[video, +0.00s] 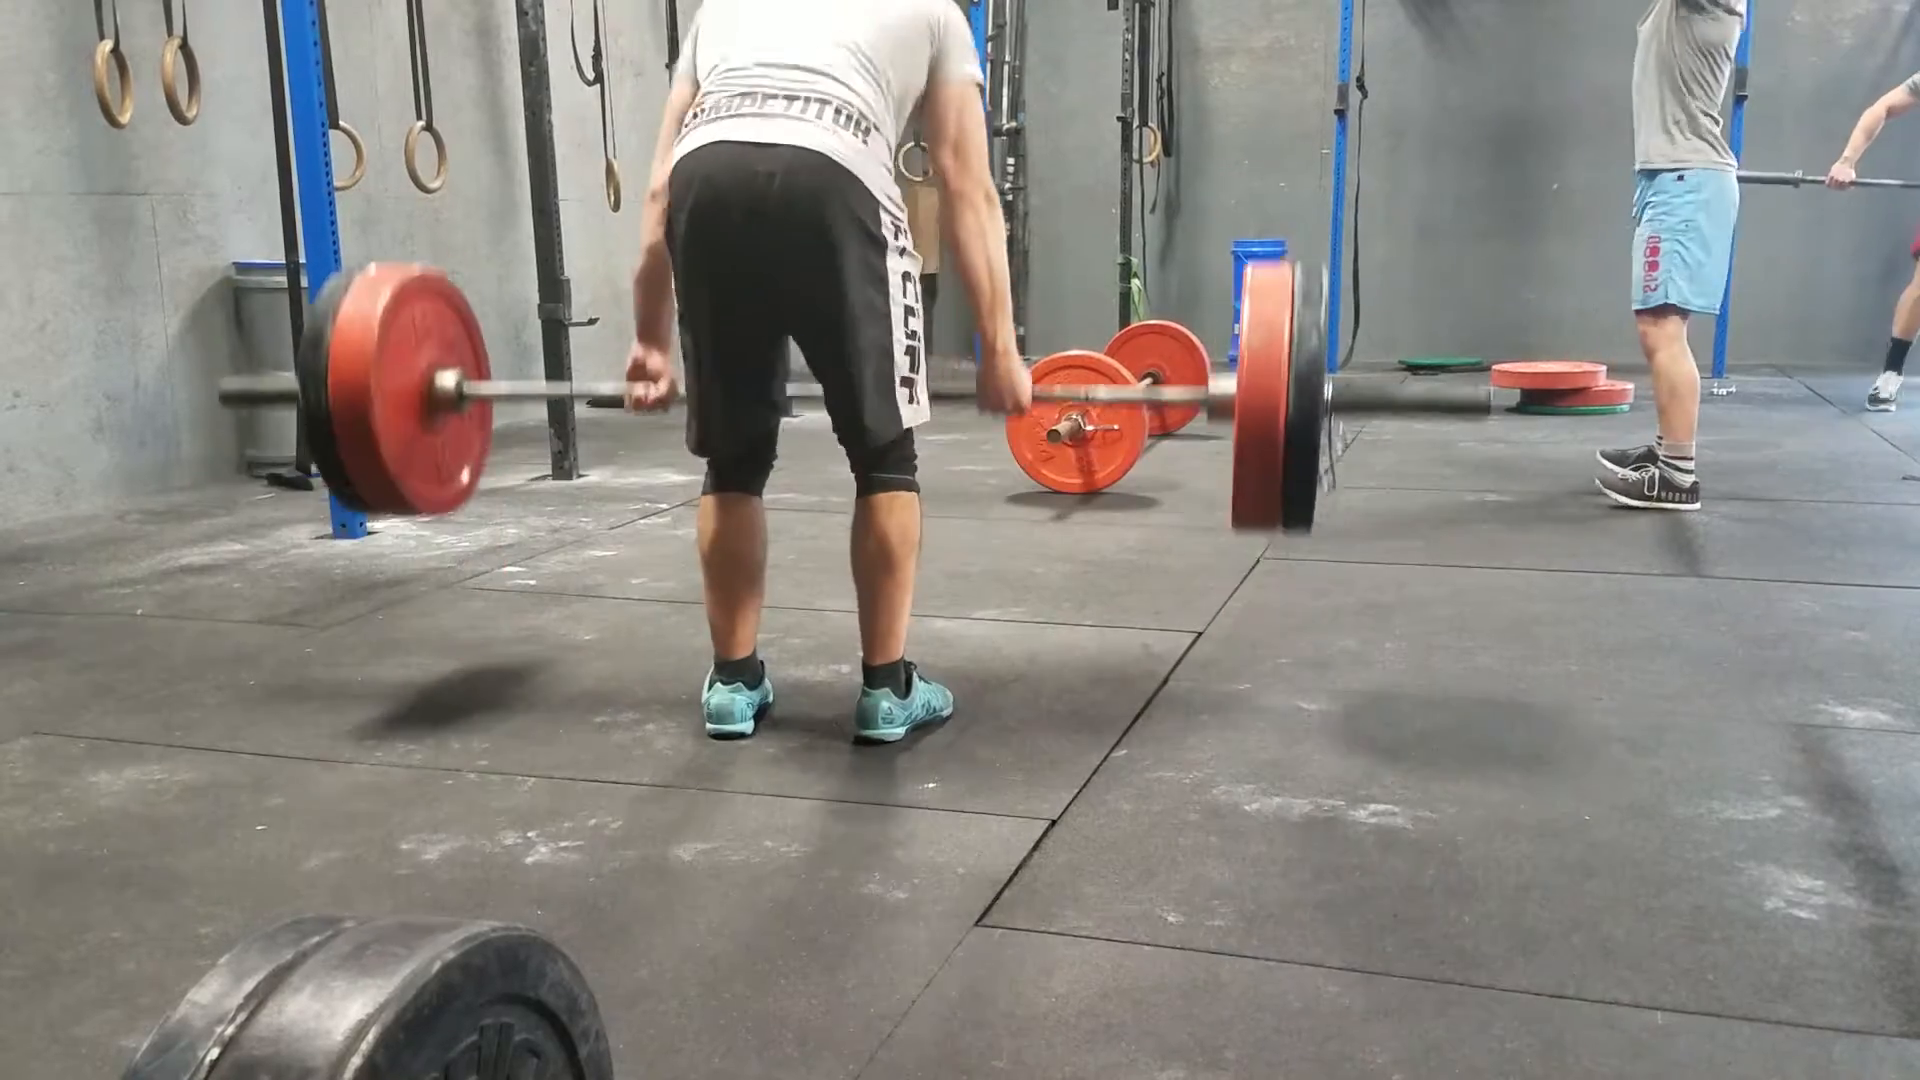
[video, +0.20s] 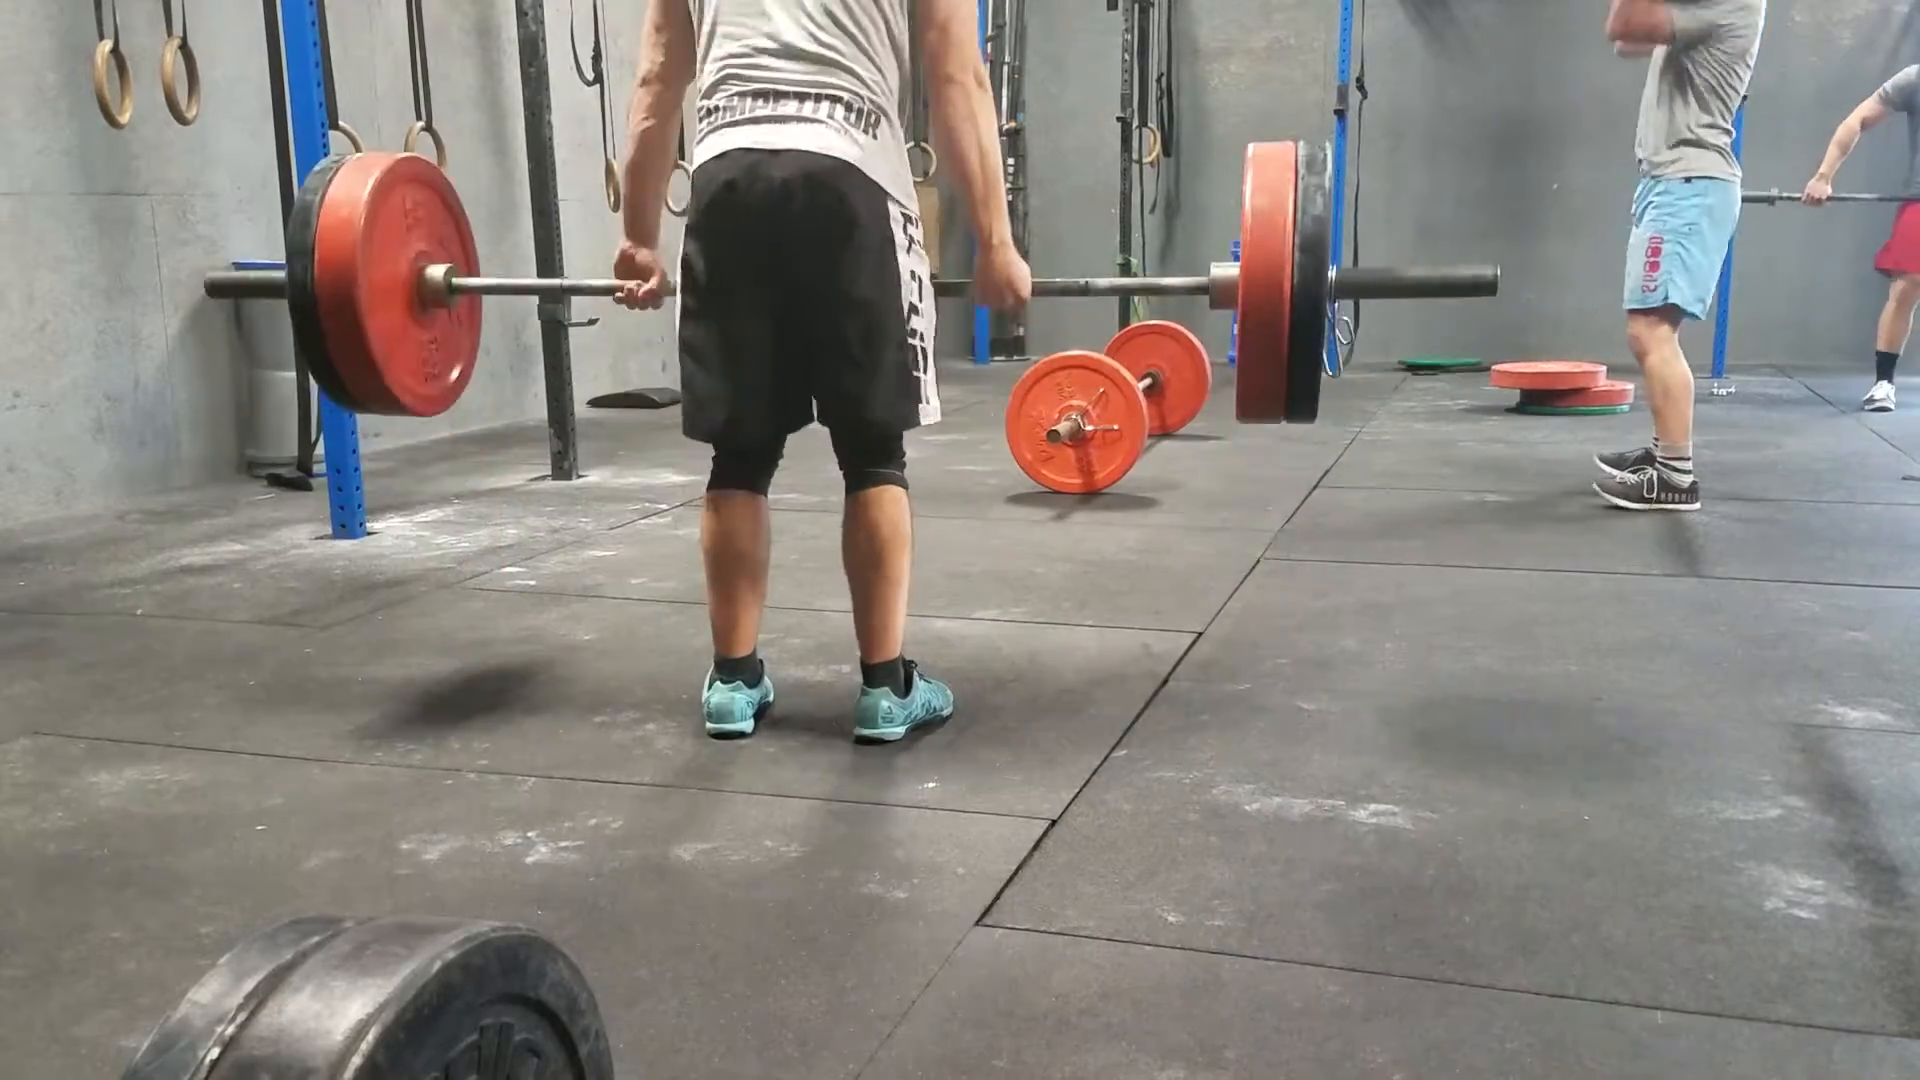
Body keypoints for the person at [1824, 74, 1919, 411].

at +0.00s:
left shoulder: (1917, 82)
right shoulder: (1919, 81)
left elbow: (1881, 108)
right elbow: (1881, 108)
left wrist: (1848, 160)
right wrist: (1848, 159)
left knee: (1917, 282)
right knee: (1918, 280)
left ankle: (1892, 373)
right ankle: (1891, 373)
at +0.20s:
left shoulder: (1911, 79)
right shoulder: (1914, 78)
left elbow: (1857, 121)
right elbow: (1857, 120)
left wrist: (1823, 175)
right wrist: (1823, 175)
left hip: (1913, 206)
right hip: (1916, 204)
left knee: (1906, 288)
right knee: (1906, 286)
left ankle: (1884, 382)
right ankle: (1883, 383)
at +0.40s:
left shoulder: (1906, 78)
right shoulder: (1908, 77)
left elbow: (1845, 117)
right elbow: (1846, 115)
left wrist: (1815, 170)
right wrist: (1815, 170)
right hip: (1914, 198)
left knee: (1904, 290)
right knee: (1903, 288)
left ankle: (1884, 383)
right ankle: (1884, 383)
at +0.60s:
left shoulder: (1911, 76)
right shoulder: (1913, 76)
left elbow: (1856, 114)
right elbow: (1856, 113)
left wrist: (1827, 166)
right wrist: (1827, 165)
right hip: (1915, 198)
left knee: (1905, 290)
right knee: (1904, 290)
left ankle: (1884, 381)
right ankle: (1883, 381)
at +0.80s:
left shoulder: (1913, 83)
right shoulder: (1915, 82)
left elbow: (1872, 124)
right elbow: (1872, 123)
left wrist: (1840, 178)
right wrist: (1840, 178)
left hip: (1915, 207)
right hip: (1918, 205)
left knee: (1909, 290)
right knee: (1908, 289)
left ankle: (1886, 377)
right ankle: (1886, 378)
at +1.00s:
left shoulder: (1915, 79)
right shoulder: (1918, 77)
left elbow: (1876, 123)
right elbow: (1876, 122)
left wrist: (1842, 178)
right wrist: (1842, 178)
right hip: (1919, 203)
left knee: (1909, 290)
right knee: (1909, 289)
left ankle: (1883, 381)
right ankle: (1883, 382)